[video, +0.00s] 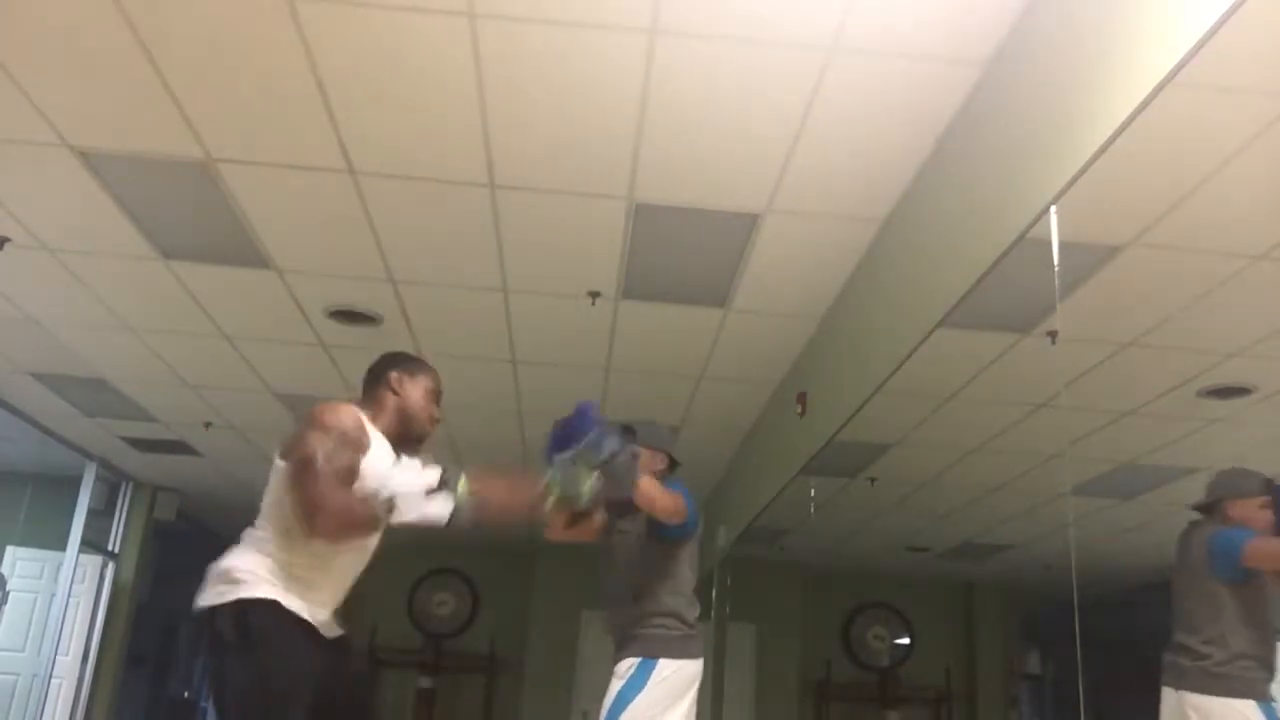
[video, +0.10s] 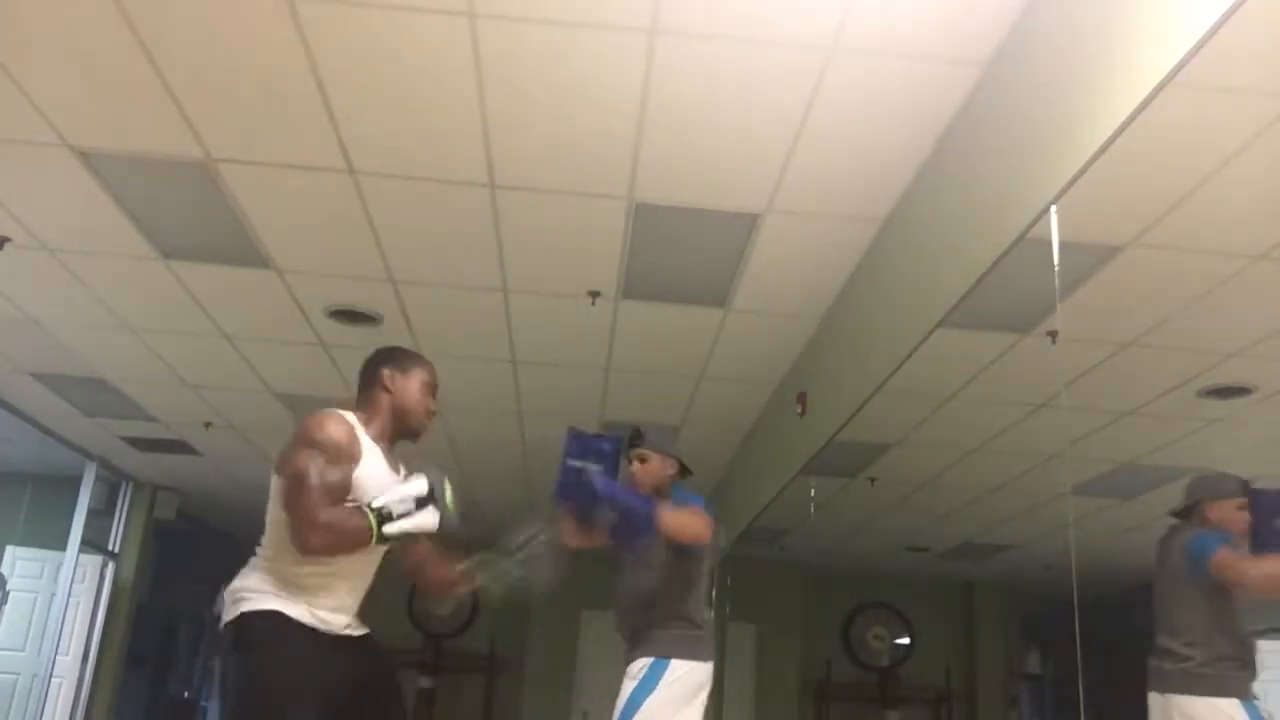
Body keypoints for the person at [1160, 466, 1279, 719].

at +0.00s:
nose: (1272, 516)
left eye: (1270, 507)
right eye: (1263, 507)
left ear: (1229, 509)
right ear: (1232, 508)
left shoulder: (1192, 536)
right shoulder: (1225, 541)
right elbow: (1274, 552)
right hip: (1228, 695)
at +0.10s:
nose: (1248, 517)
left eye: (1247, 509)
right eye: (1240, 508)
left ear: (1207, 511)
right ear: (1210, 510)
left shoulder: (1172, 540)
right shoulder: (1201, 542)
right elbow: (1245, 574)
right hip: (1208, 695)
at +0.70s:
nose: (1218, 514)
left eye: (1216, 505)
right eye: (1210, 504)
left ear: (1176, 508)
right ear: (1180, 507)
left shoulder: (1136, 540)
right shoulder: (1178, 542)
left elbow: (1203, 604)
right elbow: (1191, 617)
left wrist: (1227, 555)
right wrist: (1231, 673)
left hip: (1124, 688)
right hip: (1164, 690)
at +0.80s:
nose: (1239, 515)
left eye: (1238, 506)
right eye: (1233, 506)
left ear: (1199, 506)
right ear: (1203, 505)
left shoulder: (1151, 536)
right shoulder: (1197, 540)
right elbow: (1213, 618)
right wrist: (1249, 676)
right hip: (1176, 683)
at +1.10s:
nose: (1251, 506)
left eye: (1250, 497)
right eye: (1246, 497)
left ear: (1204, 496)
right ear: (1218, 496)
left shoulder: (1156, 527)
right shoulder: (1223, 532)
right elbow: (1251, 611)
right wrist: (1274, 663)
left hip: (1137, 674)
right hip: (1193, 679)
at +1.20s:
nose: (1233, 504)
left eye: (1232, 494)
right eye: (1228, 495)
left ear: (1179, 495)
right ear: (1201, 494)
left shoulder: (1135, 531)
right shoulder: (1208, 532)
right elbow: (1242, 610)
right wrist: (1271, 664)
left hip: (1131, 680)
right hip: (1190, 684)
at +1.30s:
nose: (1214, 505)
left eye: (1214, 496)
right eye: (1209, 496)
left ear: (1164, 497)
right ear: (1183, 496)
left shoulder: (1118, 536)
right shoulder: (1191, 534)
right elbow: (1227, 611)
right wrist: (1261, 666)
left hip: (1121, 686)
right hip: (1182, 687)